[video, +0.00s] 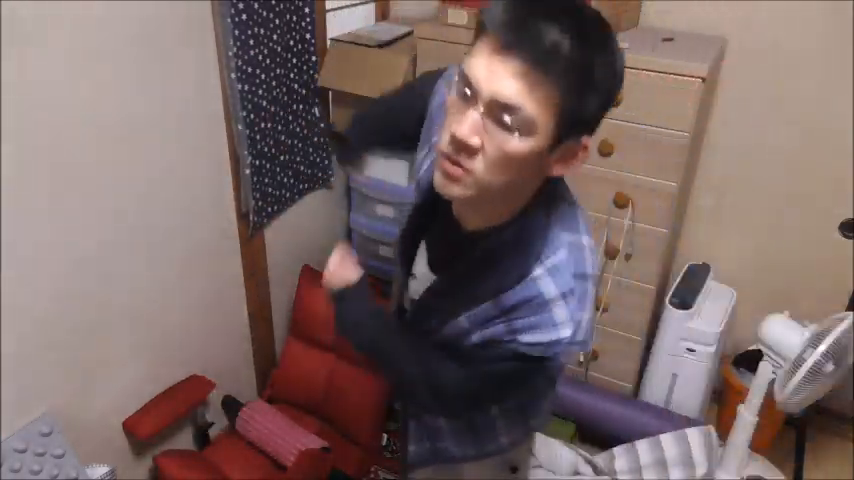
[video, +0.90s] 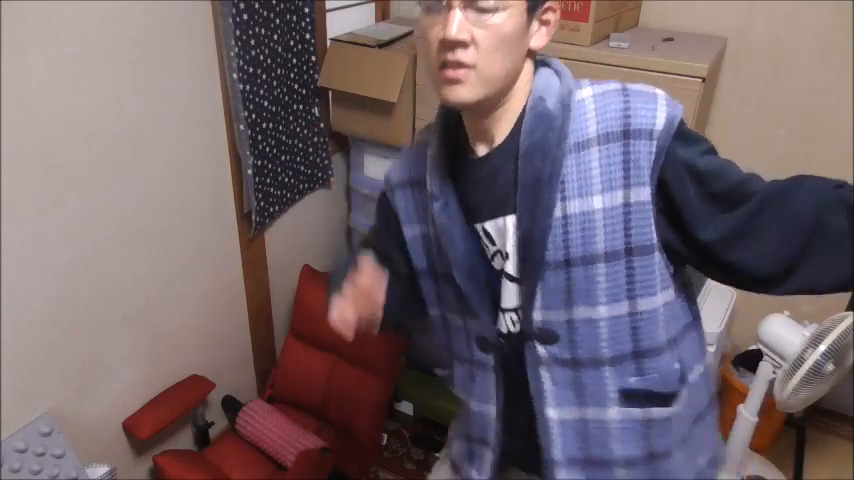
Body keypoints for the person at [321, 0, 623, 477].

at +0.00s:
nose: (462, 131)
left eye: (506, 122)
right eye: (465, 92)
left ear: (565, 157)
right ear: (455, 79)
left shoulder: (546, 308)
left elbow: (444, 389)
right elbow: (434, 89)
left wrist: (350, 299)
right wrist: (354, 138)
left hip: (470, 439)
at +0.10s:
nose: (457, 128)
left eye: (500, 115)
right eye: (457, 88)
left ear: (563, 146)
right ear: (451, 69)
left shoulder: (554, 284)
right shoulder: (437, 96)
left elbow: (431, 363)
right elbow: (377, 52)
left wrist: (396, 279)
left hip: (496, 402)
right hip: (416, 374)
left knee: (489, 473)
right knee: (410, 466)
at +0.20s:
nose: (459, 84)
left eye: (502, 64)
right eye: (454, 45)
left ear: (569, 91)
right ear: (439, 35)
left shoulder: (592, 241)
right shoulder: (411, 98)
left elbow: (498, 359)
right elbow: (332, 65)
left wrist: (421, 288)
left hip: (519, 403)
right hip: (426, 361)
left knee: (510, 476)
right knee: (409, 464)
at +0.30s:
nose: (457, 41)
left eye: (500, 16)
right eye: (449, 11)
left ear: (568, 40)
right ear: (433, 17)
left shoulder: (633, 202)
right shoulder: (405, 105)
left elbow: (600, 359)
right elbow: (341, 160)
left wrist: (472, 375)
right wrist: (225, 127)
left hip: (531, 425)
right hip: (425, 384)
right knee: (409, 467)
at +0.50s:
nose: (428, 29)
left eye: (463, 4)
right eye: (416, 6)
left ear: (525, 20)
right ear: (401, 21)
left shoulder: (631, 120)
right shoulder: (409, 169)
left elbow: (789, 231)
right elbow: (390, 305)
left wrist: (851, 314)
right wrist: (336, 360)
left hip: (660, 445)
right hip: (511, 446)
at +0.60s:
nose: (425, 43)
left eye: (455, 16)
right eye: (408, 19)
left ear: (514, 28)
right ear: (391, 32)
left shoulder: (622, 104)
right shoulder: (418, 186)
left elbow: (757, 163)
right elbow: (411, 335)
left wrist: (851, 159)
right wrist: (386, 245)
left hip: (699, 448)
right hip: (543, 457)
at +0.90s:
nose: (450, 32)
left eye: (483, 8)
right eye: (438, 8)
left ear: (540, 29)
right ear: (419, 25)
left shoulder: (634, 132)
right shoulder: (412, 182)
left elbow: (760, 225)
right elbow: (408, 286)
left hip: (643, 462)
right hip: (495, 460)